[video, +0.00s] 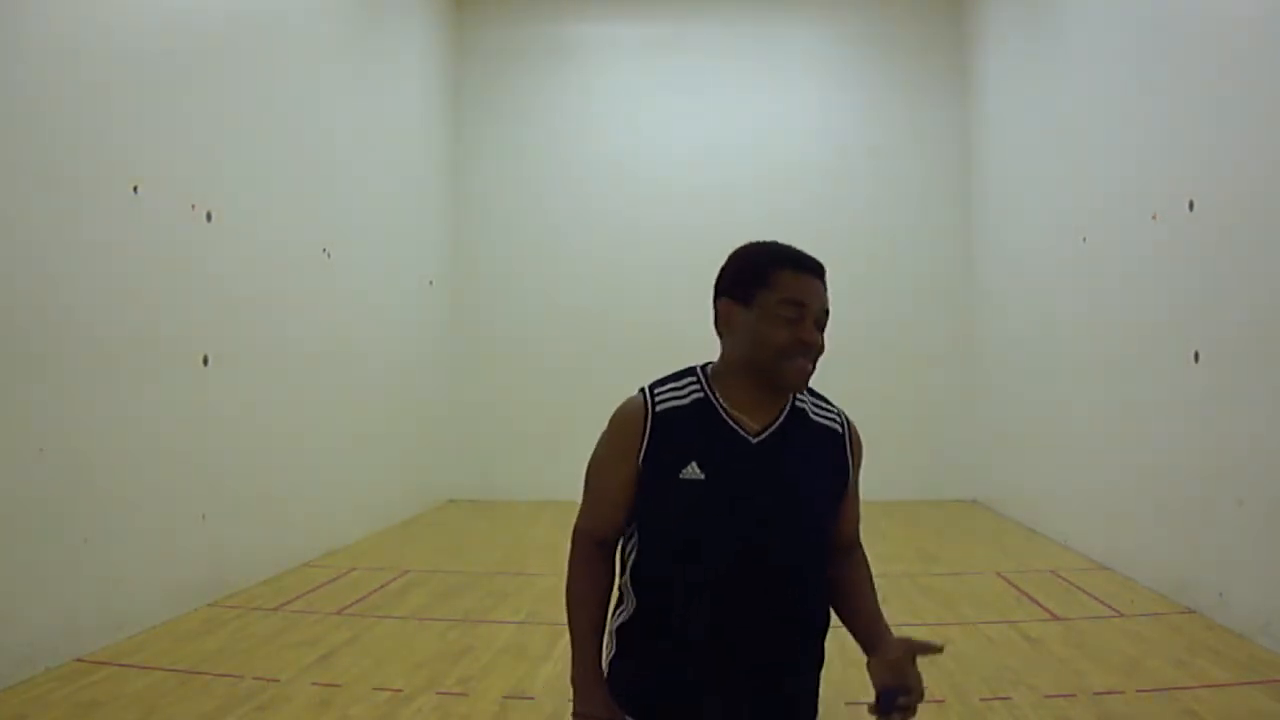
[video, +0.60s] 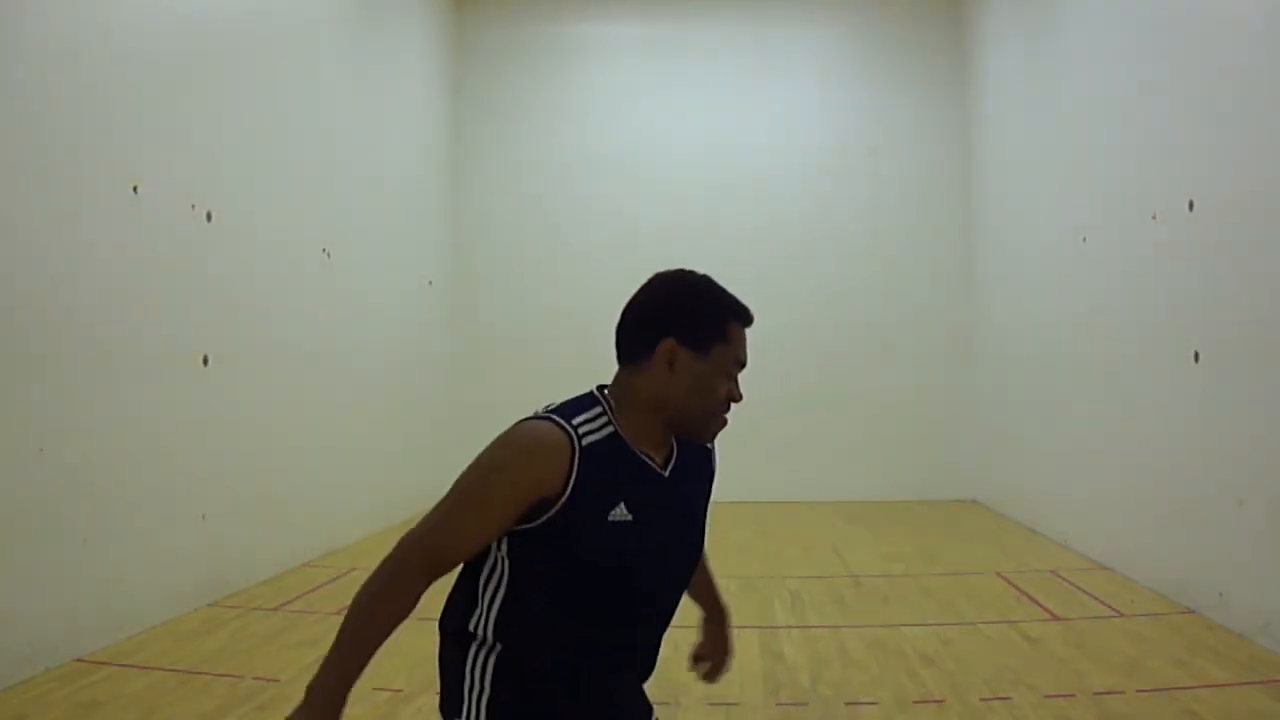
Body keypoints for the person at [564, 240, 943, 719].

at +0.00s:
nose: (813, 339)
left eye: (820, 324)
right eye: (792, 317)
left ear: (827, 331)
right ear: (727, 315)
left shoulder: (835, 439)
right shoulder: (649, 420)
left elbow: (842, 552)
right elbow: (594, 544)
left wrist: (881, 644)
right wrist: (588, 684)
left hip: (780, 698)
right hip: (659, 694)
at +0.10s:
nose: (811, 346)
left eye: (813, 329)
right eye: (796, 324)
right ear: (726, 317)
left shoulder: (808, 431)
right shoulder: (634, 422)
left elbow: (827, 543)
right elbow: (575, 555)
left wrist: (893, 600)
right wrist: (577, 698)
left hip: (769, 703)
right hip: (646, 700)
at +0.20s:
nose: (793, 356)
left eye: (794, 338)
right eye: (781, 335)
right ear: (713, 326)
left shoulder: (778, 435)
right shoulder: (615, 429)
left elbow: (806, 538)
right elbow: (543, 564)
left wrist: (899, 556)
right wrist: (555, 705)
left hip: (748, 702)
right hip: (628, 700)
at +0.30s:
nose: (766, 374)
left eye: (768, 356)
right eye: (757, 353)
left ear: (700, 347)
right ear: (692, 344)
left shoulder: (738, 444)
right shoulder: (587, 445)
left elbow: (779, 533)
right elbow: (503, 583)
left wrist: (892, 537)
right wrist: (516, 713)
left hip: (716, 706)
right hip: (598, 708)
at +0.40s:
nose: (743, 394)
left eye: (744, 376)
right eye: (735, 373)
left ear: (680, 362)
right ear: (675, 359)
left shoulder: (706, 457)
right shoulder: (556, 459)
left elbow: (743, 530)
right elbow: (460, 597)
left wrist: (870, 556)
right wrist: (453, 716)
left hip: (672, 709)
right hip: (554, 712)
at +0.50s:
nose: (732, 395)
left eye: (735, 376)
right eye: (726, 373)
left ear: (673, 365)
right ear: (665, 361)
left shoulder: (694, 451)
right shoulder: (537, 456)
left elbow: (706, 524)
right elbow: (425, 585)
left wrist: (804, 593)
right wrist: (380, 713)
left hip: (641, 707)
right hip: (523, 710)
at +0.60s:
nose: (739, 392)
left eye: (740, 374)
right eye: (732, 371)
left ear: (680, 362)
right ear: (671, 357)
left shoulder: (694, 455)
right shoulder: (546, 448)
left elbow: (672, 536)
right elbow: (410, 565)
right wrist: (323, 699)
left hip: (616, 697)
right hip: (507, 701)